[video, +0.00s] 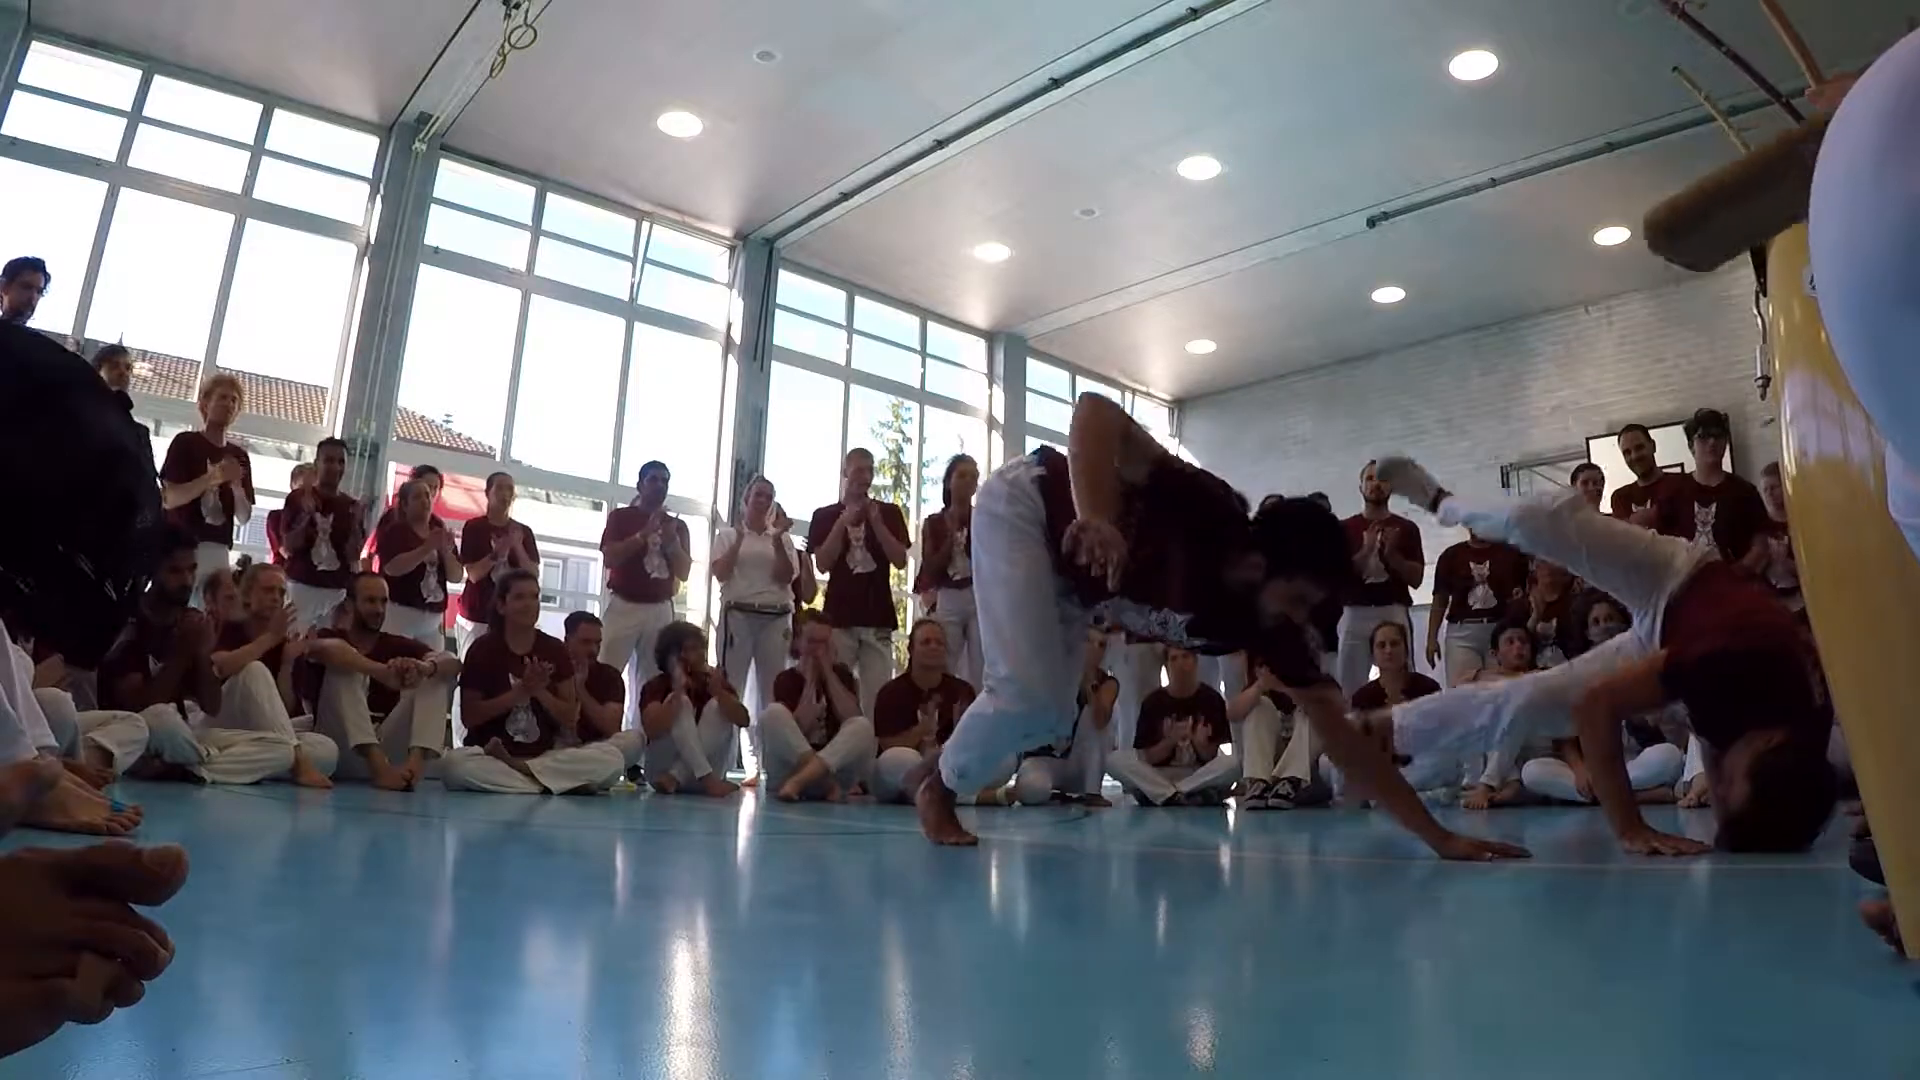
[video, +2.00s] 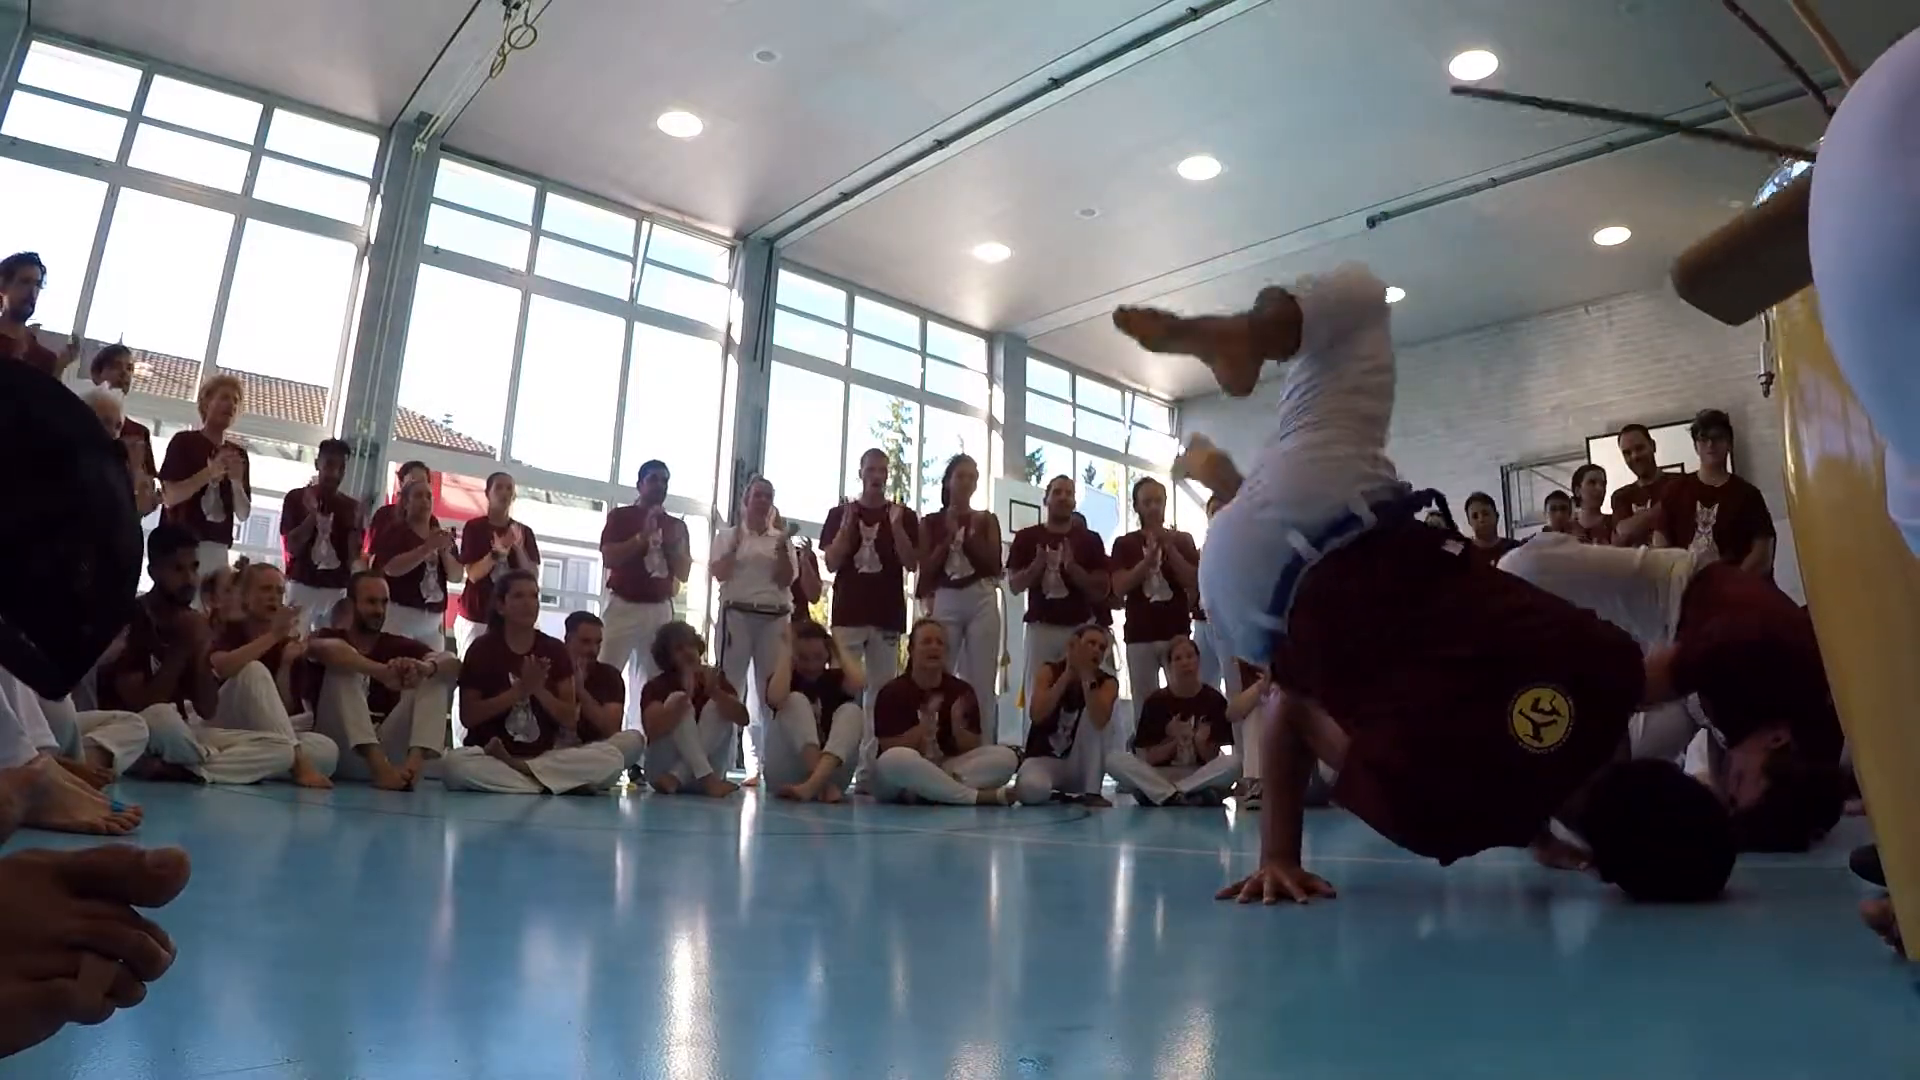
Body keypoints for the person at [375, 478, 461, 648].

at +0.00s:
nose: (425, 502)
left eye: (428, 496)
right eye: (417, 497)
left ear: (433, 500)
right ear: (404, 504)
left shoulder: (439, 532)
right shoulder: (394, 531)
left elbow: (456, 577)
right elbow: (391, 568)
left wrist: (447, 550)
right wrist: (428, 547)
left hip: (434, 614)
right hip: (401, 611)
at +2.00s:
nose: (425, 501)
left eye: (428, 497)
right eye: (418, 496)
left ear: (432, 502)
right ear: (406, 502)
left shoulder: (440, 535)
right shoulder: (394, 531)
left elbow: (456, 576)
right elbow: (391, 569)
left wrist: (445, 551)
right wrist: (428, 547)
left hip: (434, 614)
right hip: (400, 610)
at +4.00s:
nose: (428, 502)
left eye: (431, 498)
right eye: (422, 497)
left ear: (434, 502)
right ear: (407, 502)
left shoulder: (442, 537)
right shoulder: (394, 532)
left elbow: (457, 577)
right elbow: (391, 568)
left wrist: (439, 558)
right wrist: (428, 549)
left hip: (433, 614)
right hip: (400, 611)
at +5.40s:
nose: (426, 501)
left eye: (429, 496)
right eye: (419, 496)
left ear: (433, 501)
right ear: (404, 502)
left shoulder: (440, 536)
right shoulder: (394, 533)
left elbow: (455, 577)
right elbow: (385, 569)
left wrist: (447, 548)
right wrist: (421, 546)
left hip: (433, 614)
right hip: (399, 611)